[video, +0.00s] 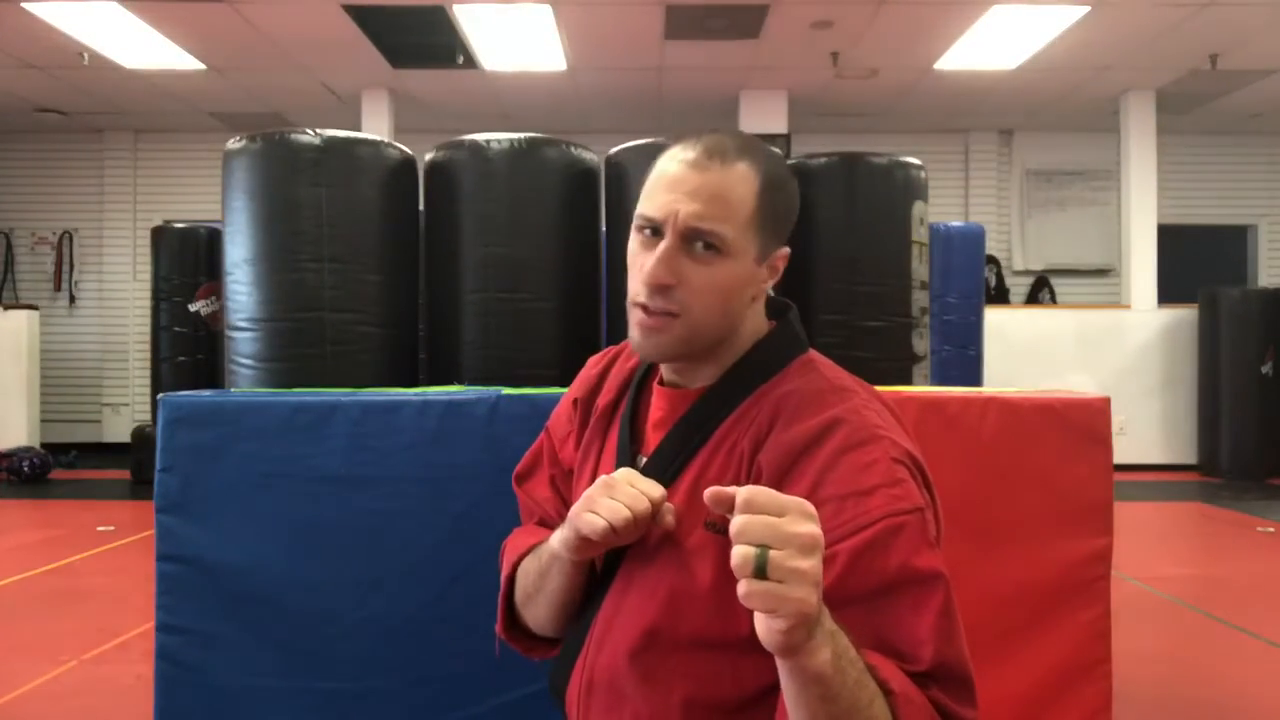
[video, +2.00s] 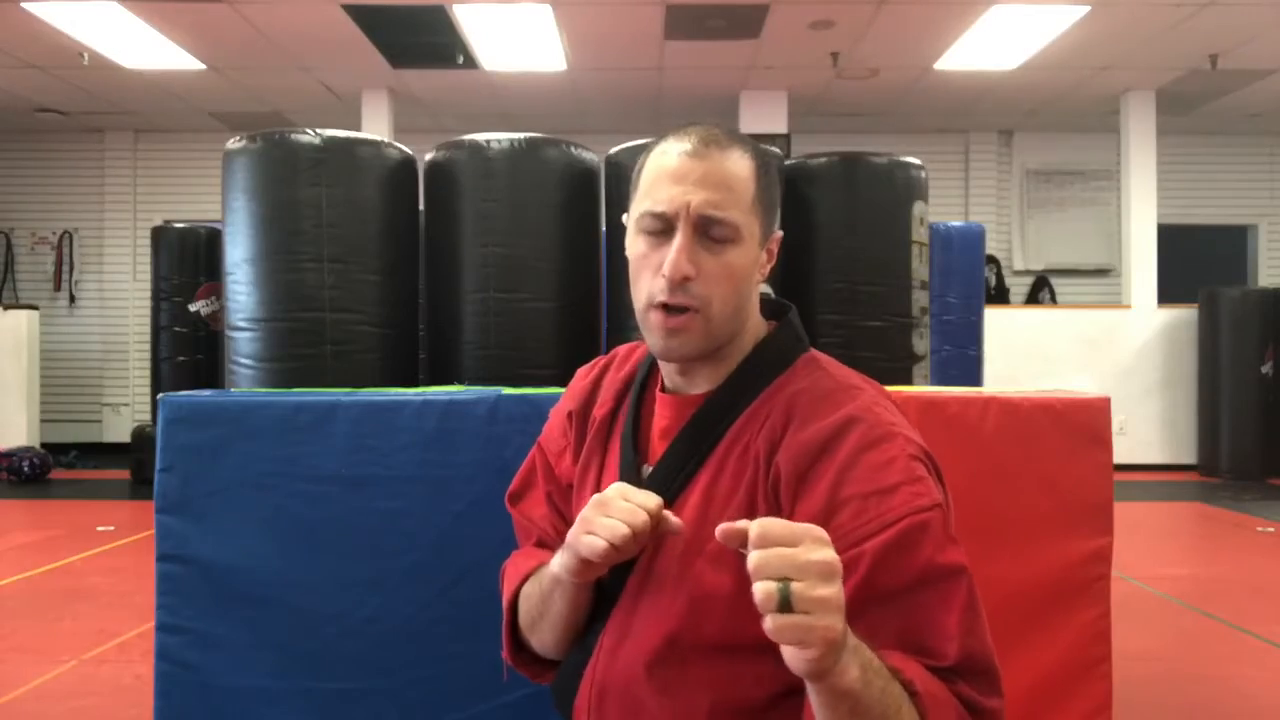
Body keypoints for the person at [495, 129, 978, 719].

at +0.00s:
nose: (656, 272)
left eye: (703, 245)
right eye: (650, 232)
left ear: (770, 271)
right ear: (630, 234)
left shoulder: (846, 444)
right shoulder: (605, 383)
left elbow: (920, 705)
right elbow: (532, 619)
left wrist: (808, 644)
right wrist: (565, 549)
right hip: (589, 704)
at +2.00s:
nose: (676, 267)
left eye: (715, 235)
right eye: (657, 229)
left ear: (766, 259)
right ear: (626, 240)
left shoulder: (852, 435)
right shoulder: (599, 392)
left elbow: (953, 702)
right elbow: (537, 641)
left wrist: (836, 663)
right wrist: (568, 569)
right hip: (595, 705)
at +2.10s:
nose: (692, 256)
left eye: (727, 228)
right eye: (671, 222)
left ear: (775, 253)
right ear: (636, 238)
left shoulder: (851, 419)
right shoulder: (598, 384)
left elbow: (958, 700)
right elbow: (537, 638)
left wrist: (847, 643)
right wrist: (566, 557)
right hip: (608, 704)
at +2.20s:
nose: (705, 246)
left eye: (736, 215)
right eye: (679, 215)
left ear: (782, 237)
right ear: (644, 237)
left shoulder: (867, 405)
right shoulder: (592, 379)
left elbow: (929, 701)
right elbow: (542, 636)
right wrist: (547, 564)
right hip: (627, 704)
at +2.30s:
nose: (699, 244)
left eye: (730, 211)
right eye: (672, 213)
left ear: (773, 233)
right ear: (630, 236)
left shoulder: (863, 396)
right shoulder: (600, 389)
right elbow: (575, 577)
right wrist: (538, 655)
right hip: (630, 704)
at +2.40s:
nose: (638, 259)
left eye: (671, 227)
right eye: (608, 229)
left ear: (719, 246)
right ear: (569, 255)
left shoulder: (805, 407)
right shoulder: (586, 421)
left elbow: (892, 680)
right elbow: (569, 625)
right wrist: (553, 700)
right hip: (602, 704)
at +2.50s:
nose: (544, 275)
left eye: (576, 242)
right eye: (516, 248)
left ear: (637, 259)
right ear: (488, 276)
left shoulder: (723, 415)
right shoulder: (540, 454)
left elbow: (864, 676)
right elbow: (528, 671)